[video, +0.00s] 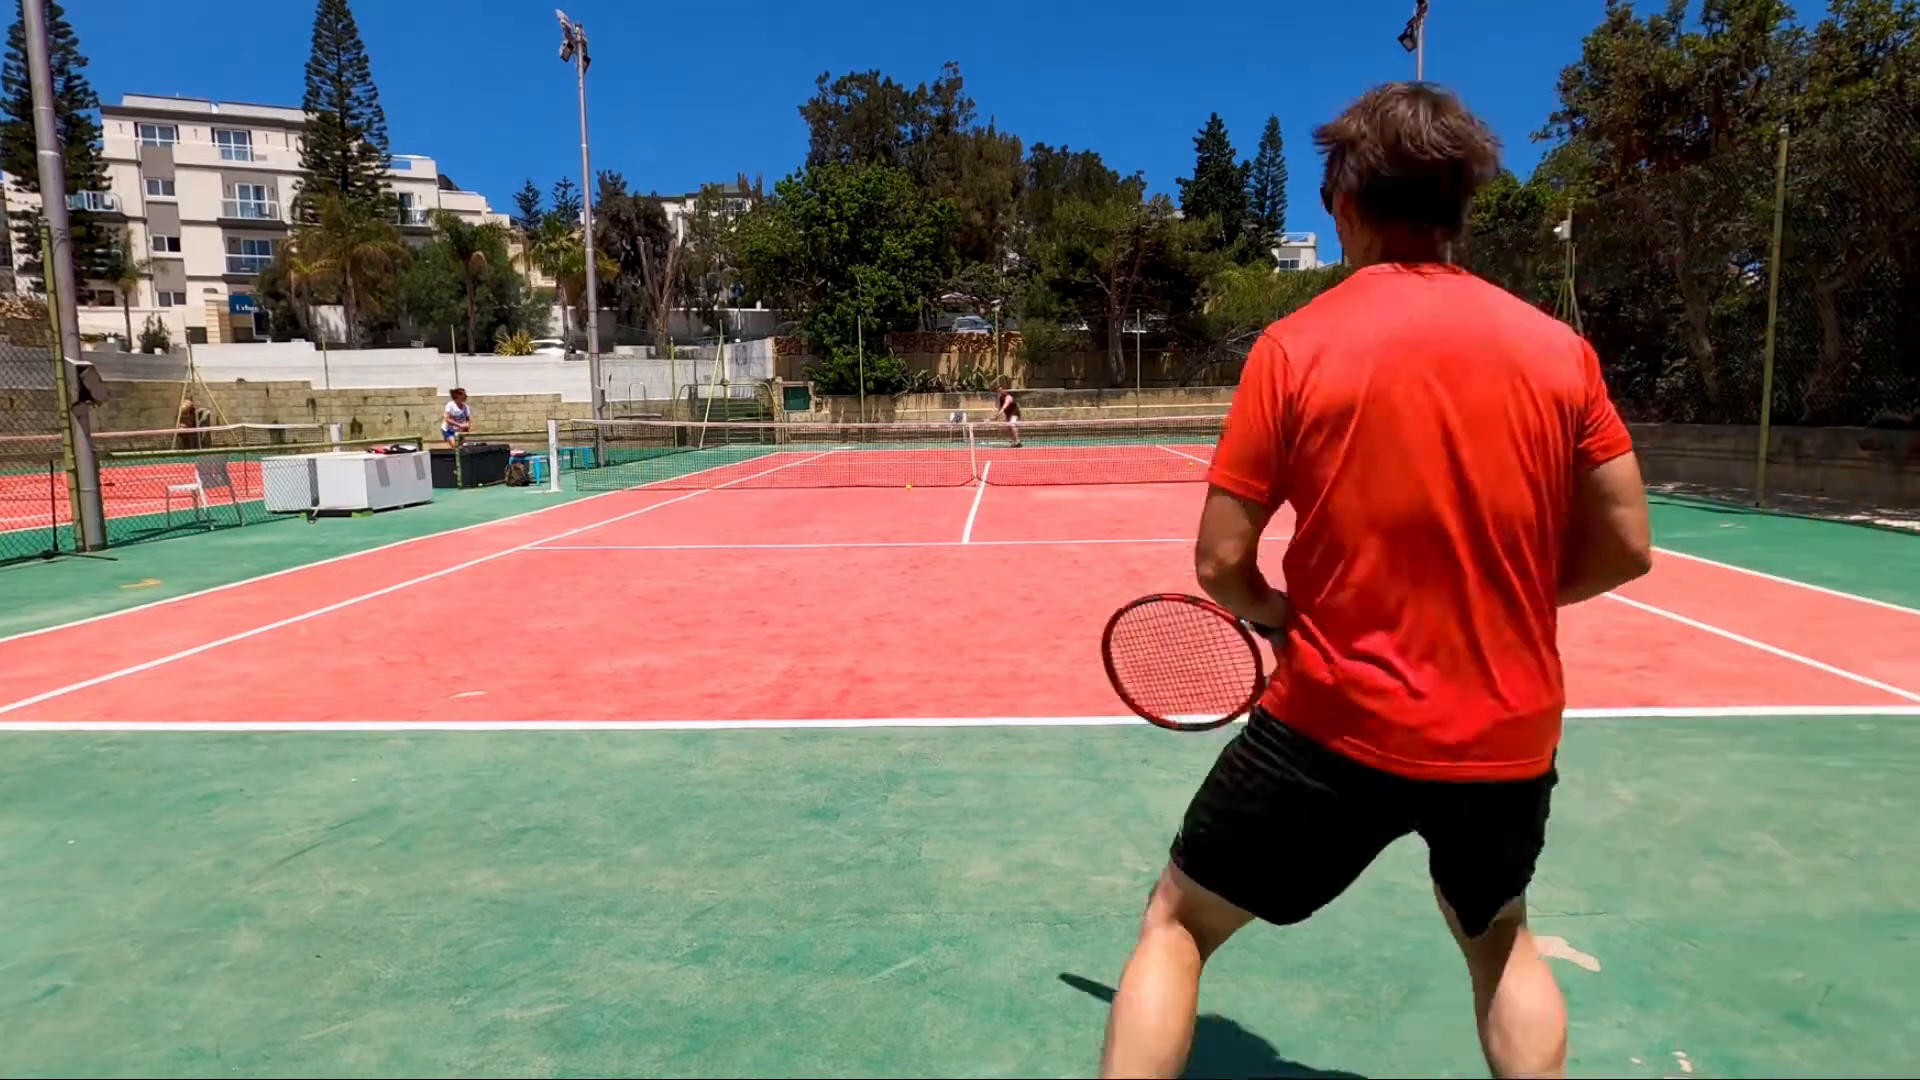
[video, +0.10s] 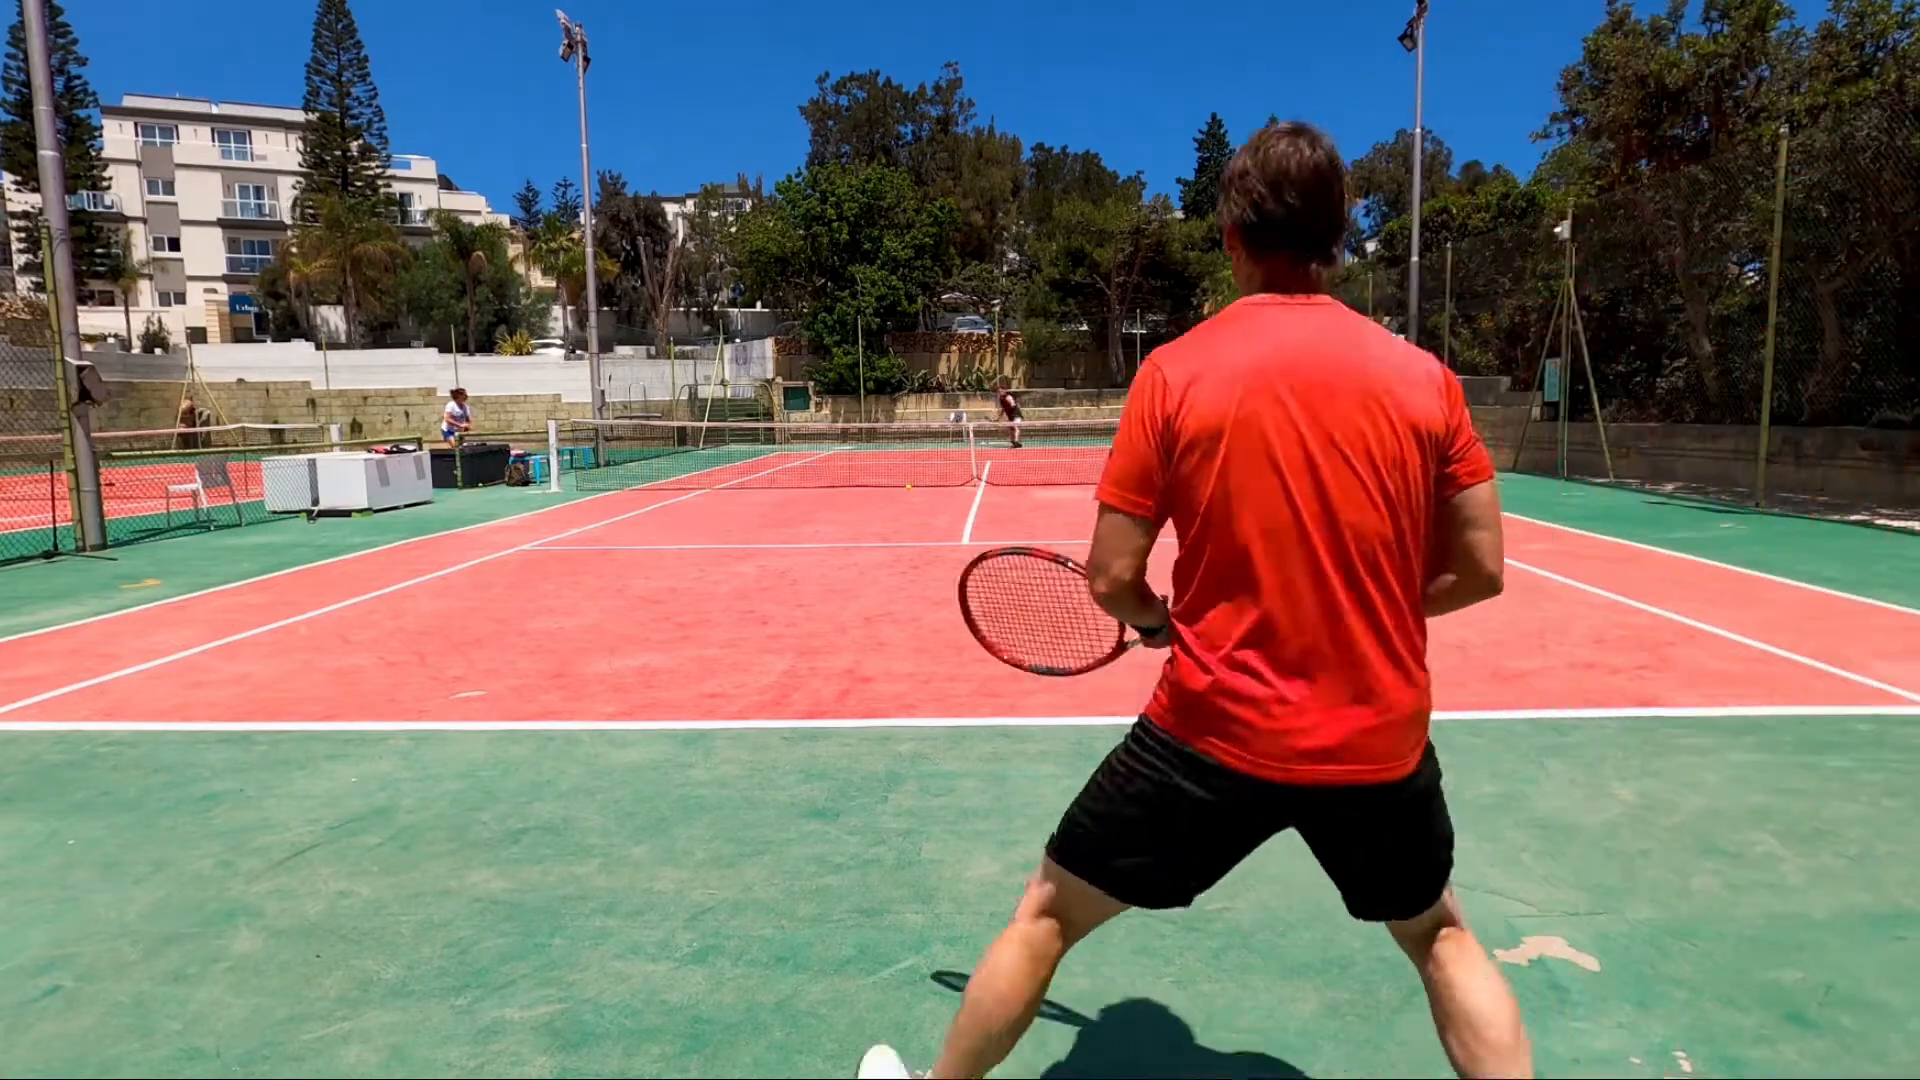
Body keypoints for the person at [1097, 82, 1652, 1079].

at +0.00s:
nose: (1332, 204)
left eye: (1336, 186)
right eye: (1338, 185)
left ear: (1349, 198)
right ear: (1464, 203)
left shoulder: (1297, 347)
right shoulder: (1555, 347)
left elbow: (1222, 561)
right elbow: (1621, 546)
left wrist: (1285, 614)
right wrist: (1497, 590)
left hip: (1336, 729)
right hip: (1505, 739)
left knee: (1182, 924)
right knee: (1501, 934)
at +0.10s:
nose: (1224, 240)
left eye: (1226, 225)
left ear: (1233, 234)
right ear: (1338, 234)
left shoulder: (1179, 371)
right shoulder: (1418, 375)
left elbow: (1113, 576)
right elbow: (1477, 566)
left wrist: (1158, 611)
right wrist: (1371, 600)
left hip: (1211, 737)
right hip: (1376, 747)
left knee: (1049, 916)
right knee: (1438, 931)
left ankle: (941, 1075)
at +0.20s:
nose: (1105, 243)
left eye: (1107, 232)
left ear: (1109, 241)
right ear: (1210, 248)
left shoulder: (1042, 374)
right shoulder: (1271, 383)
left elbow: (982, 567)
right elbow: (1343, 563)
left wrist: (1046, 614)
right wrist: (1227, 586)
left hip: (1069, 719)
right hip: (1227, 728)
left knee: (950, 887)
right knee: (1346, 924)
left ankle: (893, 1071)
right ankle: (1463, 1075)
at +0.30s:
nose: (1025, 202)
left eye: (1020, 190)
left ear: (1018, 200)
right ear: (1115, 205)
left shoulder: (947, 329)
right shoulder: (1169, 341)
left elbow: (873, 506)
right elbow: (1242, 520)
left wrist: (956, 562)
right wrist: (1130, 556)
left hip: (974, 675)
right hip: (1123, 677)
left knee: (917, 877)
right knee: (1234, 883)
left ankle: (880, 1071)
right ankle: (1313, 1073)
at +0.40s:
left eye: (956, 132)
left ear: (953, 145)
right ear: (1056, 147)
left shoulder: (886, 272)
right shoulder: (1113, 280)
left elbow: (817, 441)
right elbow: (1170, 457)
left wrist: (892, 513)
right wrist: (1067, 507)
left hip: (920, 610)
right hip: (1059, 611)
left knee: (874, 837)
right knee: (1117, 838)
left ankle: (839, 1057)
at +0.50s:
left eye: (905, 138)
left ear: (906, 148)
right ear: (1008, 150)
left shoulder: (836, 274)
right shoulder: (1061, 279)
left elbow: (774, 442)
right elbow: (1115, 450)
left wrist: (853, 509)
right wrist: (1017, 500)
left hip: (862, 604)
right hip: (1002, 607)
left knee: (804, 826)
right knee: (1042, 841)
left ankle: (741, 1046)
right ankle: (1039, 1065)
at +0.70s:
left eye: (818, 252)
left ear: (812, 262)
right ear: (904, 270)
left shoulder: (741, 373)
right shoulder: (945, 389)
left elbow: (688, 534)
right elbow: (1000, 560)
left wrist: (758, 580)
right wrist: (907, 603)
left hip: (754, 686)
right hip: (891, 689)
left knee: (689, 848)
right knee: (973, 836)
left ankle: (631, 1050)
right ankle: (998, 1052)